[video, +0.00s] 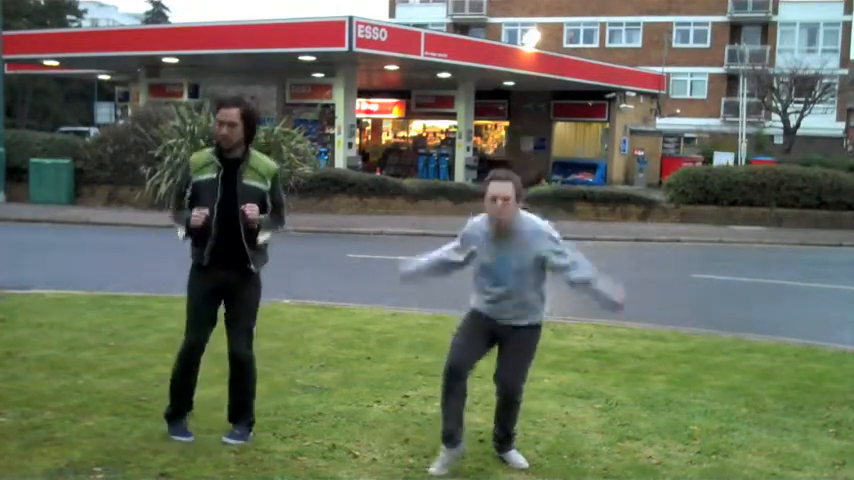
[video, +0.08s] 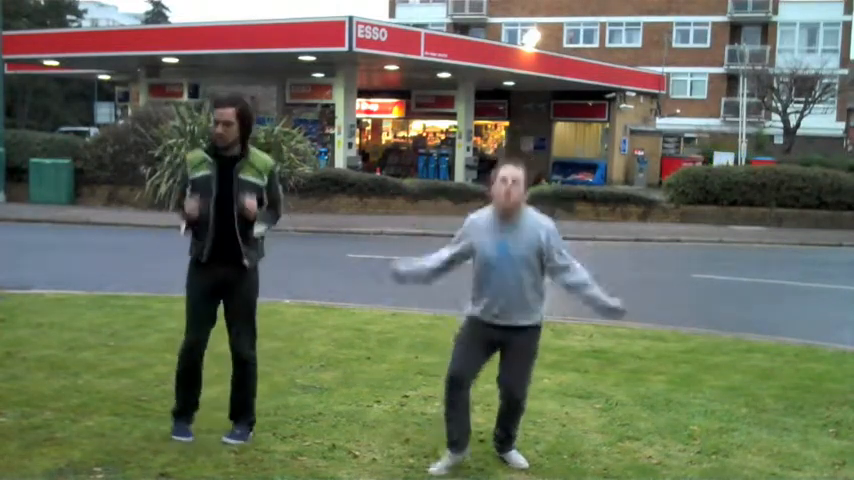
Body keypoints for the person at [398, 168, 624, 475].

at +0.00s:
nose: (499, 206)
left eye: (506, 200)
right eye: (493, 200)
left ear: (519, 202)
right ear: (485, 201)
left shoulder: (538, 233)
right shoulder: (477, 229)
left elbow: (572, 266)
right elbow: (452, 256)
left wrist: (605, 292)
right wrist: (415, 267)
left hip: (524, 322)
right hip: (484, 315)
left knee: (510, 385)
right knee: (454, 368)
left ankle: (504, 447)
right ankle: (451, 446)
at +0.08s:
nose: (508, 187)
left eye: (515, 183)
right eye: (503, 181)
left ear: (525, 191)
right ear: (492, 188)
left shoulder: (542, 228)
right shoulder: (477, 224)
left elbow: (568, 271)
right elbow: (447, 258)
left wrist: (604, 303)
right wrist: (409, 270)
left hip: (524, 326)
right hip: (481, 321)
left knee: (514, 392)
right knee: (457, 378)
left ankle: (505, 447)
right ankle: (456, 450)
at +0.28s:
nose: (511, 137)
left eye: (518, 132)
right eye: (505, 130)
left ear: (529, 141)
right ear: (495, 137)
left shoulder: (542, 177)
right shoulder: (477, 173)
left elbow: (580, 199)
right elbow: (442, 191)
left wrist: (601, 183)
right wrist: (421, 164)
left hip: (521, 284)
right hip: (481, 274)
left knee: (517, 368)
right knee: (450, 317)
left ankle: (512, 441)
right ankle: (457, 391)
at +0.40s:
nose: (504, 127)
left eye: (512, 123)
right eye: (500, 122)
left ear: (524, 130)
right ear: (490, 127)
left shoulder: (538, 165)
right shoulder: (476, 157)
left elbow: (567, 181)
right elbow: (444, 151)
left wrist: (594, 185)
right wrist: (413, 146)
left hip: (519, 277)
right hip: (477, 271)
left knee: (510, 359)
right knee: (466, 347)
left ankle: (505, 435)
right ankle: (469, 418)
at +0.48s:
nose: (501, 136)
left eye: (508, 131)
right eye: (496, 130)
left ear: (521, 136)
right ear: (487, 134)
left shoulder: (537, 170)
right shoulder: (477, 161)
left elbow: (568, 192)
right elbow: (452, 162)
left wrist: (593, 186)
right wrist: (441, 151)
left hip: (516, 282)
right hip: (476, 277)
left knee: (509, 369)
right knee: (473, 364)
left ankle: (502, 450)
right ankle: (472, 442)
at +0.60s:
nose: (495, 157)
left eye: (502, 153)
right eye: (491, 152)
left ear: (518, 161)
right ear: (484, 158)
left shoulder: (540, 196)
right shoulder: (471, 188)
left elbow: (592, 192)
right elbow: (432, 181)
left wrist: (643, 182)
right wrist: (419, 154)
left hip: (513, 304)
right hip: (471, 296)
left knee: (509, 379)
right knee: (445, 352)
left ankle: (500, 450)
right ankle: (458, 423)